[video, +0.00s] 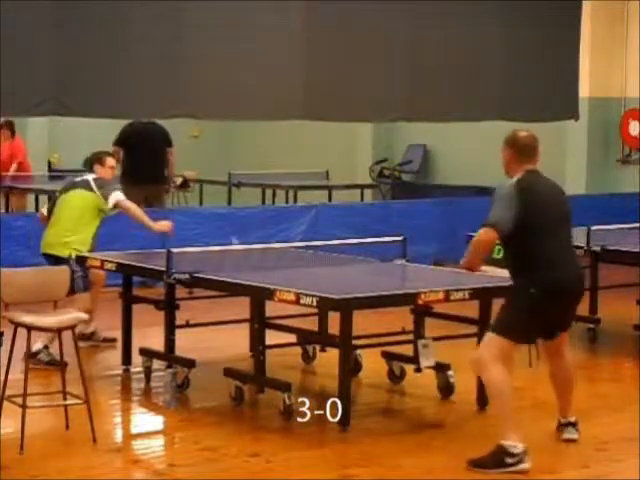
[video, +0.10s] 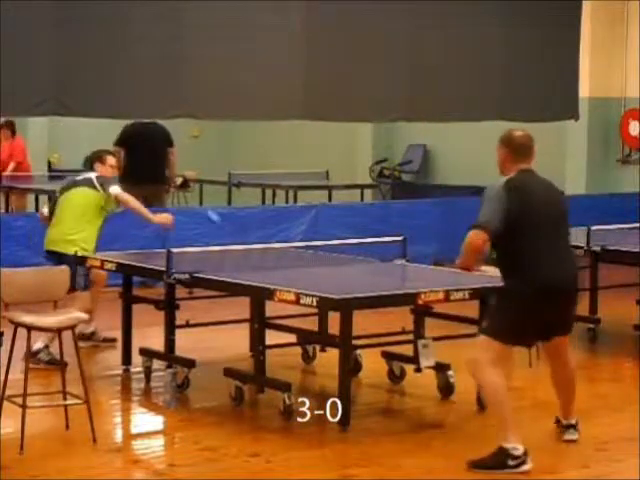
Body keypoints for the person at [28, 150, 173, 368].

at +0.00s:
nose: (114, 173)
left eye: (115, 169)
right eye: (111, 168)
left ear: (92, 169)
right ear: (97, 167)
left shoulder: (70, 183)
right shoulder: (103, 185)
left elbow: (44, 213)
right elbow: (125, 205)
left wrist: (57, 231)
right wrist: (152, 225)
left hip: (50, 249)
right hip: (70, 252)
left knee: (98, 277)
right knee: (78, 302)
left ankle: (86, 329)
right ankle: (41, 347)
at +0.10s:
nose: (115, 172)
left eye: (116, 167)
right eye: (112, 167)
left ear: (91, 168)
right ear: (98, 166)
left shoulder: (70, 183)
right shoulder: (103, 181)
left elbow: (45, 215)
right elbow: (122, 196)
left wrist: (61, 224)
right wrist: (153, 218)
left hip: (53, 247)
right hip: (75, 250)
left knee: (99, 276)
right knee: (79, 300)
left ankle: (86, 328)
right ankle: (41, 346)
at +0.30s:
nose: (116, 146)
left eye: (117, 141)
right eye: (113, 140)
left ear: (104, 142)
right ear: (100, 139)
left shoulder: (97, 174)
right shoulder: (70, 158)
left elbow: (101, 201)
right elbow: (58, 166)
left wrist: (123, 198)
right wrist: (64, 170)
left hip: (87, 230)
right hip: (65, 226)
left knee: (105, 278)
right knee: (78, 276)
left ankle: (89, 326)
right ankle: (62, 332)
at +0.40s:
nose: (104, 137)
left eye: (105, 133)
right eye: (100, 132)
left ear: (103, 136)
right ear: (85, 135)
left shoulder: (104, 159)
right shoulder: (66, 153)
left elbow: (127, 157)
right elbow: (41, 160)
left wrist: (126, 153)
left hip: (87, 226)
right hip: (63, 224)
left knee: (110, 279)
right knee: (73, 277)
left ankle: (93, 327)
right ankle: (57, 337)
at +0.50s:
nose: (94, 135)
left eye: (95, 130)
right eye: (88, 130)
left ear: (96, 133)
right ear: (74, 133)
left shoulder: (99, 155)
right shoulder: (59, 154)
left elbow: (128, 152)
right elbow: (30, 166)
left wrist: (130, 136)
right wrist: (23, 165)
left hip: (92, 228)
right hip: (64, 230)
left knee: (111, 280)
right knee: (63, 286)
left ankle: (95, 327)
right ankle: (44, 337)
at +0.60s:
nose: (83, 134)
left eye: (84, 129)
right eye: (78, 129)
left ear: (87, 131)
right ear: (65, 132)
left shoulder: (97, 156)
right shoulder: (50, 157)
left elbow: (124, 168)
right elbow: (23, 178)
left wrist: (130, 150)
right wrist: (17, 198)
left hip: (90, 231)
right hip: (60, 232)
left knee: (105, 280)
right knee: (55, 287)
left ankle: (95, 327)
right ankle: (38, 336)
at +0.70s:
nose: (84, 130)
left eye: (85, 126)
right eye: (78, 127)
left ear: (88, 129)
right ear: (66, 130)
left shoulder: (93, 156)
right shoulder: (51, 156)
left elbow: (120, 172)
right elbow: (26, 184)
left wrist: (130, 159)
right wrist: (26, 216)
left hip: (83, 230)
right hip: (55, 230)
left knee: (103, 277)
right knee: (54, 285)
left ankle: (96, 327)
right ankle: (37, 336)